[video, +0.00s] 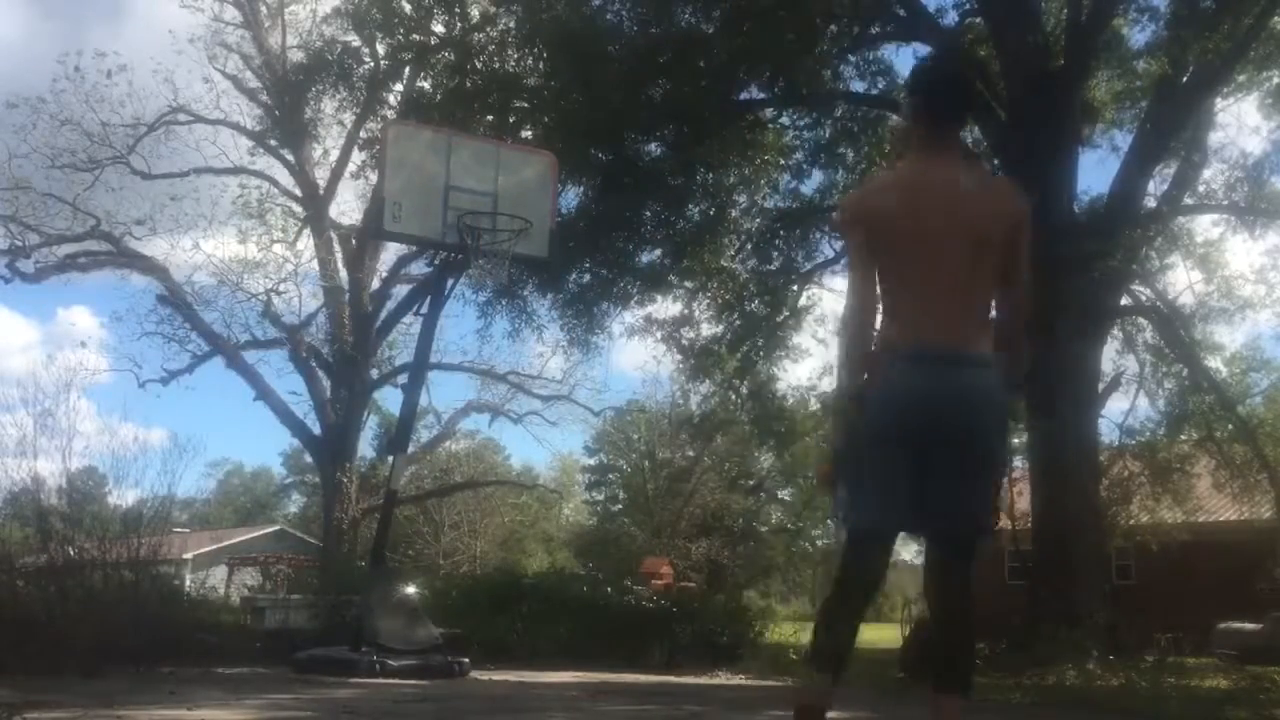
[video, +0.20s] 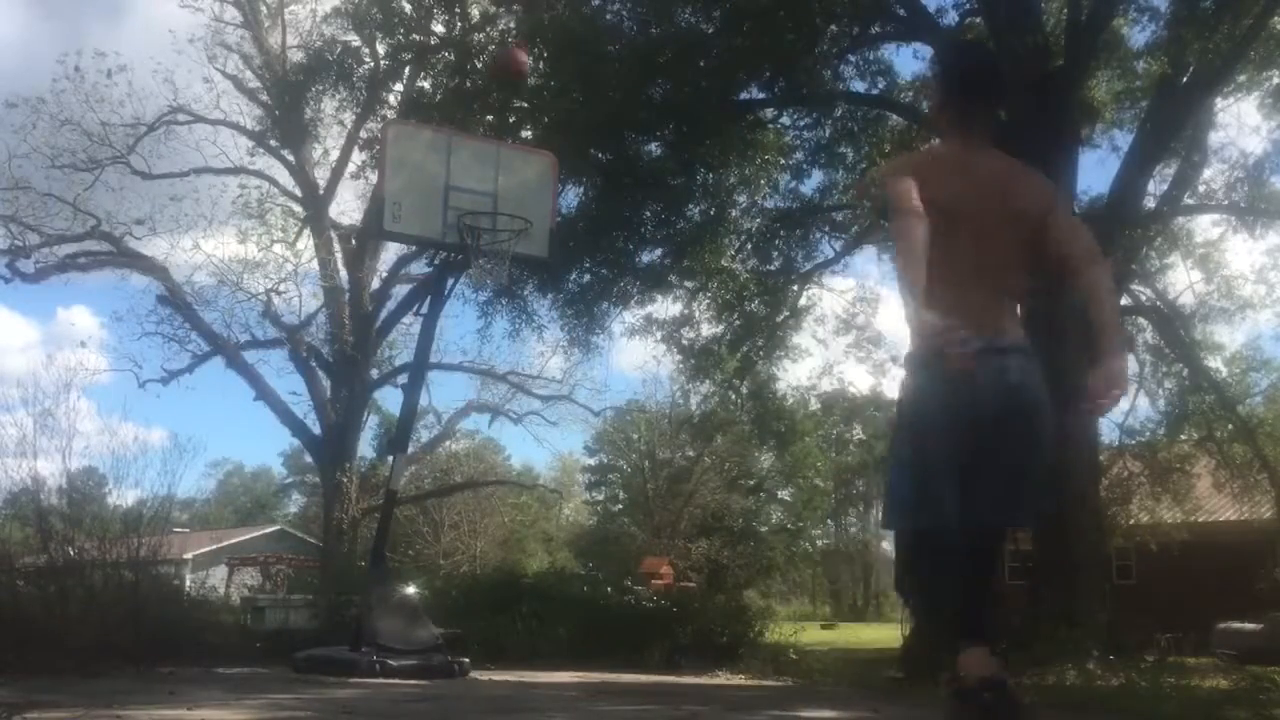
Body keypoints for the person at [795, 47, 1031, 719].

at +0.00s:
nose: (906, 121)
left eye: (907, 111)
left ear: (911, 115)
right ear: (970, 119)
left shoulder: (872, 197)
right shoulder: (1005, 199)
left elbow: (860, 315)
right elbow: (1014, 310)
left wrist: (845, 408)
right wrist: (998, 388)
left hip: (894, 385)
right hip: (976, 389)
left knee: (863, 555)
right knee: (953, 563)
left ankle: (812, 699)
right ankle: (949, 704)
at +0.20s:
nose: (926, 101)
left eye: (930, 92)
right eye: (935, 92)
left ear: (940, 100)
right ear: (998, 104)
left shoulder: (907, 169)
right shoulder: (1032, 187)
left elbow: (912, 221)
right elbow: (1091, 264)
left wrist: (917, 313)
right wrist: (1114, 350)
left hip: (942, 375)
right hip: (1020, 373)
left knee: (928, 525)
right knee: (988, 528)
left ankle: (977, 661)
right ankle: (970, 661)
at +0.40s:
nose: (950, 108)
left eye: (955, 97)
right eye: (951, 98)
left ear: (972, 99)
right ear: (1023, 103)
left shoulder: (959, 157)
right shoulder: (1062, 175)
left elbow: (961, 210)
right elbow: (1118, 258)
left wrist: (952, 303)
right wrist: (1154, 366)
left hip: (1002, 370)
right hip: (1069, 372)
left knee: (1026, 548)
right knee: (1040, 547)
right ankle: (990, 696)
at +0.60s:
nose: (996, 74)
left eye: (999, 63)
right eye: (997, 63)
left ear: (1019, 66)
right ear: (1077, 68)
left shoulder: (1005, 147)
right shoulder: (1116, 156)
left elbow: (995, 277)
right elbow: (1116, 262)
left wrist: (970, 399)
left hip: (1060, 344)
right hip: (1133, 343)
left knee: (1091, 526)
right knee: (1078, 521)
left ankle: (1134, 697)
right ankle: (1055, 687)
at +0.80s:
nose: (1055, 58)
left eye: (1059, 46)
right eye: (1061, 46)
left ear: (1070, 48)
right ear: (1133, 55)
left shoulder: (1046, 132)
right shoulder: (1165, 140)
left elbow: (1033, 252)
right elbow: (1153, 248)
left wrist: (1009, 326)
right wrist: (1054, 308)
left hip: (1091, 338)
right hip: (1172, 337)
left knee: (1110, 537)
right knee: (1173, 537)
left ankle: (1145, 700)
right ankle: (1173, 697)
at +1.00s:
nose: (1094, 63)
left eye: (1097, 50)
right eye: (1097, 52)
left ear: (1116, 51)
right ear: (1177, 55)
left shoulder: (1077, 137)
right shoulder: (1215, 141)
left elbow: (1053, 261)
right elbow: (1198, 238)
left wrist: (1044, 331)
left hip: (1122, 347)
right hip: (1215, 341)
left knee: (1124, 547)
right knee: (1226, 544)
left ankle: (1149, 700)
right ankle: (1256, 702)